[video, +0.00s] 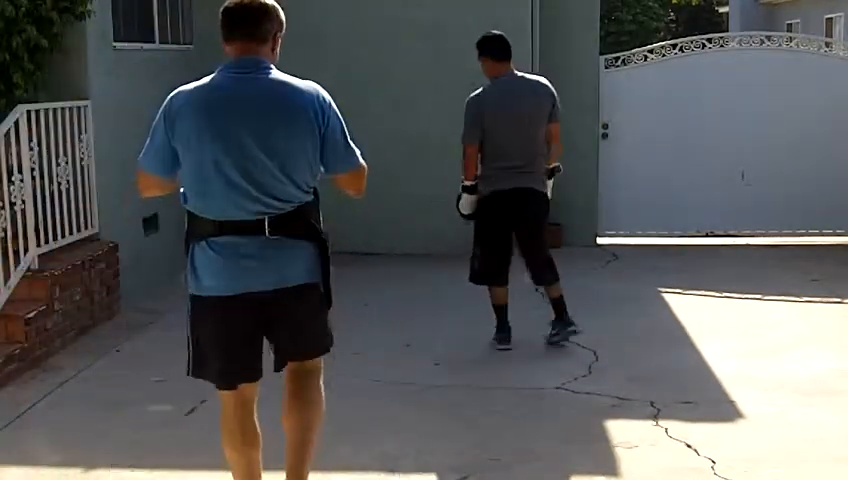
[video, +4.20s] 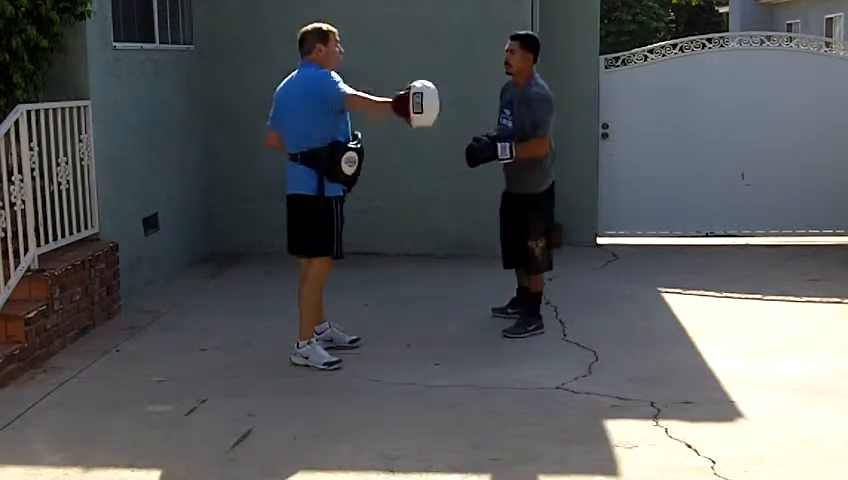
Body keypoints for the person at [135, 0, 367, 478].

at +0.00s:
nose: (281, 47)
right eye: (281, 41)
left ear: (224, 42)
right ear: (277, 42)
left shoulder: (183, 102)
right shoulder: (310, 99)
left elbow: (151, 184)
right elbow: (355, 181)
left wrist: (203, 168)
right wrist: (307, 151)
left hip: (219, 280)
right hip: (296, 274)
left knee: (237, 397)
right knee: (304, 367)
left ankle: (248, 477)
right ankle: (297, 474)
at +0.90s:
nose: (283, 62)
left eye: (280, 56)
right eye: (284, 56)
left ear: (240, 56)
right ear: (279, 57)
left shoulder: (208, 105)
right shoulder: (303, 101)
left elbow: (185, 162)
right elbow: (340, 160)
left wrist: (224, 144)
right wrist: (303, 134)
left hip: (231, 238)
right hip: (288, 235)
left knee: (236, 320)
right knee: (286, 334)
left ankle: (244, 403)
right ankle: (279, 438)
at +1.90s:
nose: (313, 60)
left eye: (313, 54)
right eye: (313, 54)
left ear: (275, 49)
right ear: (302, 52)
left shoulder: (244, 86)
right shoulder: (314, 91)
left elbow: (239, 133)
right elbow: (349, 147)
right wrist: (342, 115)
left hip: (255, 195)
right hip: (300, 197)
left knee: (259, 270)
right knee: (294, 280)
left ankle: (247, 353)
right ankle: (286, 365)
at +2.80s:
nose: (327, 58)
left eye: (327, 51)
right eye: (323, 51)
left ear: (299, 53)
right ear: (302, 51)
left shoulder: (289, 83)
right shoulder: (289, 87)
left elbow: (317, 130)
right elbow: (315, 136)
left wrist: (346, 112)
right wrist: (347, 108)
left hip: (291, 190)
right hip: (297, 192)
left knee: (296, 263)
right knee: (312, 264)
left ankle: (291, 340)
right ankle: (303, 343)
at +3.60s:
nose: (335, 51)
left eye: (334, 45)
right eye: (330, 45)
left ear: (312, 51)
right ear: (310, 51)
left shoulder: (314, 84)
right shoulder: (287, 91)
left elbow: (322, 136)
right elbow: (283, 149)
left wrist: (352, 134)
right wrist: (323, 165)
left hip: (320, 189)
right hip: (302, 193)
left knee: (322, 260)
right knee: (312, 262)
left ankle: (319, 330)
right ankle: (304, 345)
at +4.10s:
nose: (343, 52)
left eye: (342, 46)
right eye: (339, 46)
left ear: (311, 51)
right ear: (322, 49)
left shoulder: (289, 84)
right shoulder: (321, 79)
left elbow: (274, 134)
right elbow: (328, 113)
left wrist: (306, 153)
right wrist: (355, 130)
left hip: (301, 187)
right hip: (320, 188)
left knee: (312, 261)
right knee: (319, 262)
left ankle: (318, 329)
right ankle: (305, 344)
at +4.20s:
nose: (341, 51)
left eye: (340, 45)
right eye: (337, 46)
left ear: (309, 52)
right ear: (319, 49)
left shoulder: (285, 86)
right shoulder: (323, 78)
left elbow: (273, 138)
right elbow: (351, 100)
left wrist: (312, 150)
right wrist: (395, 104)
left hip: (300, 188)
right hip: (322, 188)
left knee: (312, 261)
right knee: (321, 262)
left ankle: (320, 328)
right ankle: (305, 345)